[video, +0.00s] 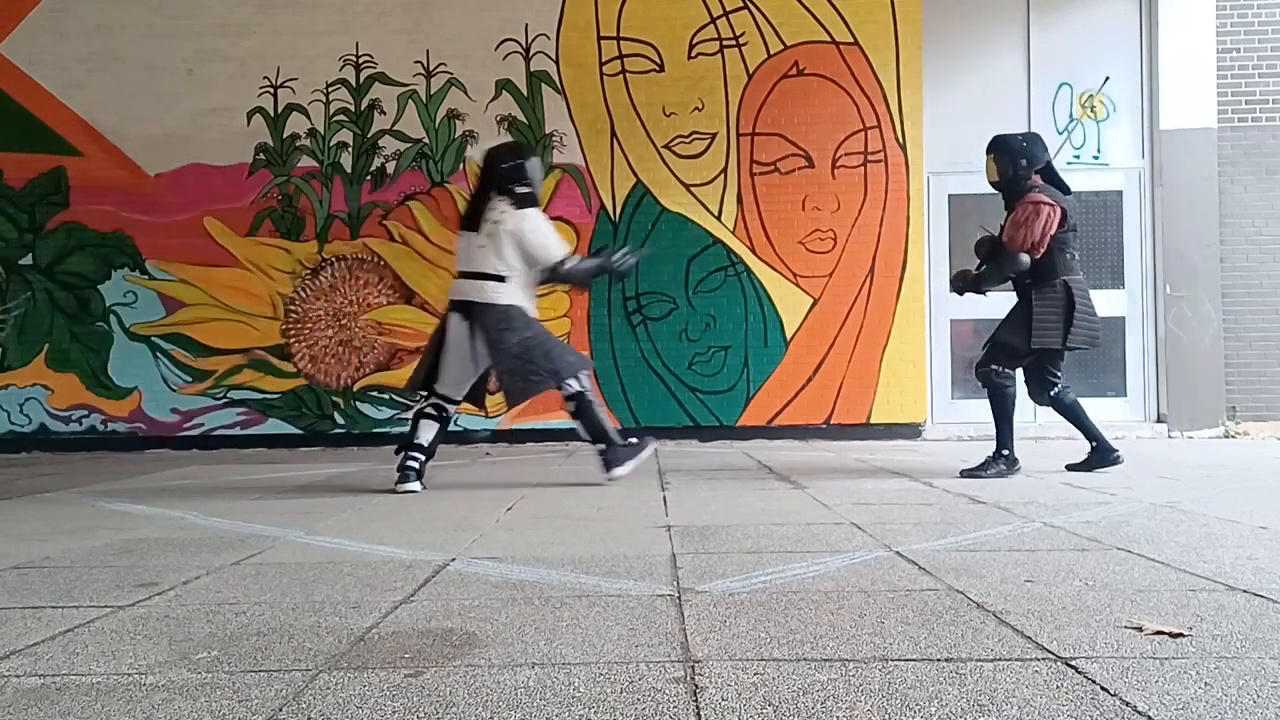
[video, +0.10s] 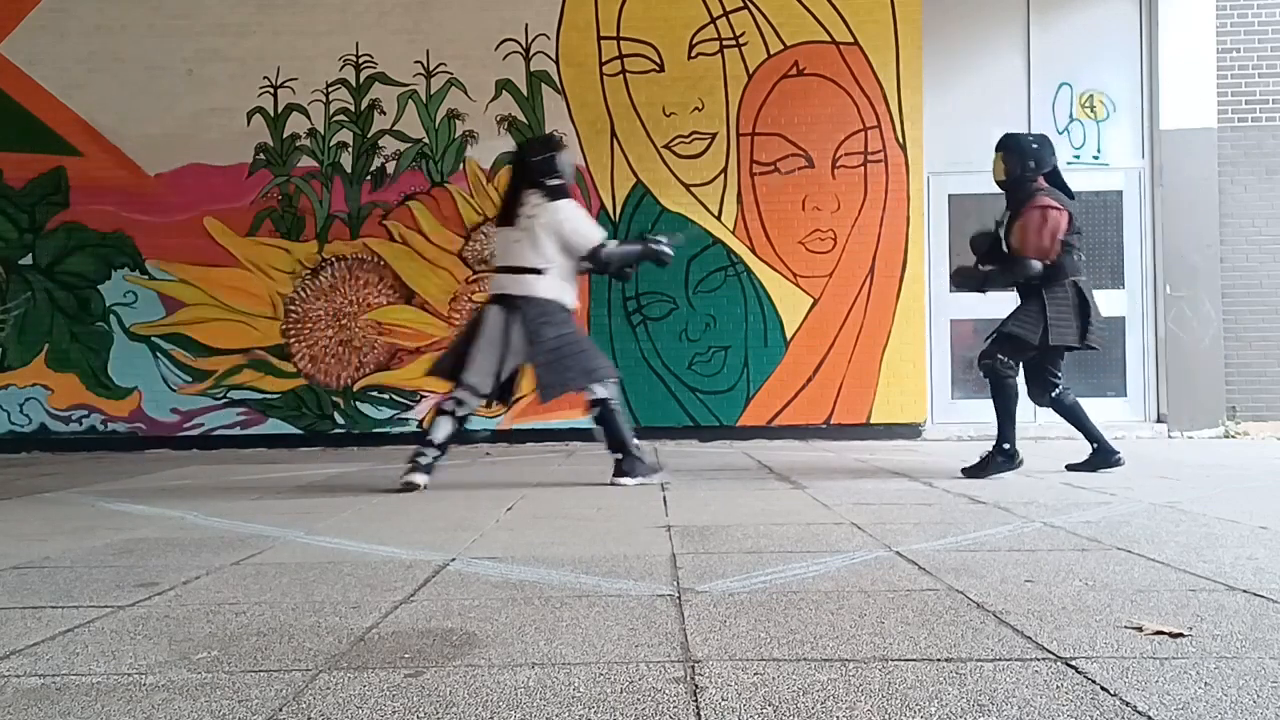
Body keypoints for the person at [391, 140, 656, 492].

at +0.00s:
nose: (536, 179)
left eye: (534, 172)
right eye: (531, 172)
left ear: (491, 177)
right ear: (519, 177)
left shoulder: (475, 211)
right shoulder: (524, 215)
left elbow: (515, 269)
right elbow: (563, 268)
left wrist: (582, 270)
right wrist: (603, 265)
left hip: (462, 308)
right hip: (503, 312)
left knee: (445, 392)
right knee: (569, 368)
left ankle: (410, 469)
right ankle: (613, 450)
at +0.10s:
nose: (570, 168)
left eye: (567, 161)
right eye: (563, 162)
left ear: (525, 170)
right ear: (551, 169)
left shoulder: (512, 206)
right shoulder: (558, 208)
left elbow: (548, 253)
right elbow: (604, 254)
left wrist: (599, 263)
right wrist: (646, 248)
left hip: (501, 307)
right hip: (544, 310)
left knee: (469, 389)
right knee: (600, 377)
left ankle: (421, 462)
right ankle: (630, 459)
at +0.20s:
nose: (600, 166)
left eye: (598, 160)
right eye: (595, 160)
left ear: (555, 165)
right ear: (585, 164)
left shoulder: (540, 204)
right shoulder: (592, 201)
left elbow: (559, 257)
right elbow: (626, 256)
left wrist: (613, 278)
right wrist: (661, 273)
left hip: (537, 294)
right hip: (578, 296)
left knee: (523, 378)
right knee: (628, 370)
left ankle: (489, 455)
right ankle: (633, 461)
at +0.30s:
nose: (632, 177)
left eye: (630, 170)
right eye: (627, 170)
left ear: (584, 169)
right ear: (615, 170)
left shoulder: (563, 207)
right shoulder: (621, 207)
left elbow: (563, 261)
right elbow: (639, 268)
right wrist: (663, 299)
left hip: (566, 295)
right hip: (610, 295)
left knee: (568, 384)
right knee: (676, 356)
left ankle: (543, 463)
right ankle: (655, 439)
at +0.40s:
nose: (655, 186)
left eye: (652, 179)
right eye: (650, 180)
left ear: (610, 184)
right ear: (639, 183)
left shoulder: (590, 226)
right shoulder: (650, 219)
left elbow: (599, 277)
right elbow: (677, 276)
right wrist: (708, 283)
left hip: (600, 326)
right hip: (646, 325)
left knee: (576, 393)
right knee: (717, 357)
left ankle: (542, 465)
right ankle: (743, 437)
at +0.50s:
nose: (693, 194)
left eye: (689, 188)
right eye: (689, 188)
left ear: (649, 193)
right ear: (679, 191)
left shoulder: (634, 229)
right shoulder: (688, 224)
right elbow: (732, 256)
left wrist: (751, 249)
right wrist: (774, 246)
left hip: (641, 332)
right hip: (685, 333)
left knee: (604, 402)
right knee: (753, 379)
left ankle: (548, 463)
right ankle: (789, 456)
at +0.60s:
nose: (732, 192)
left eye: (731, 188)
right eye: (728, 188)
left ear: (692, 195)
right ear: (717, 195)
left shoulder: (685, 223)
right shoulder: (728, 226)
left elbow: (728, 205)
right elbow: (781, 234)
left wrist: (763, 192)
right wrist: (810, 208)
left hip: (687, 331)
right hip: (723, 331)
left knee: (658, 406)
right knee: (799, 372)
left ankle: (588, 443)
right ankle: (805, 458)